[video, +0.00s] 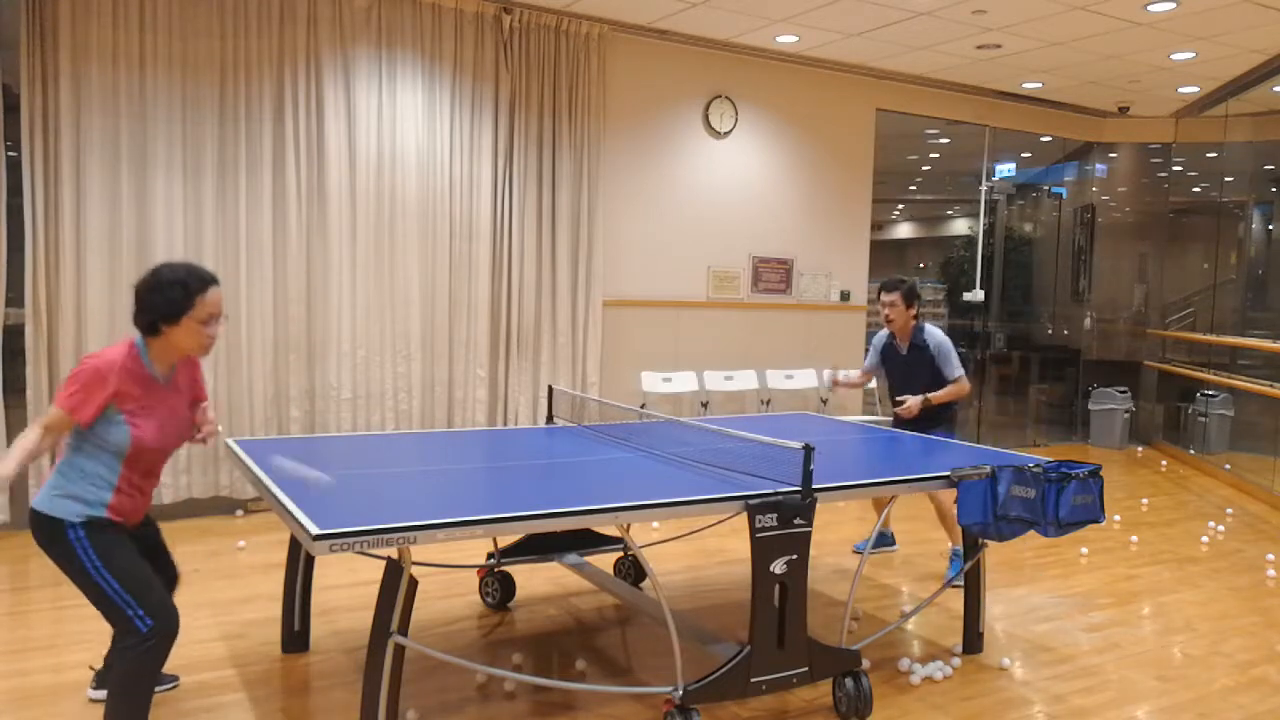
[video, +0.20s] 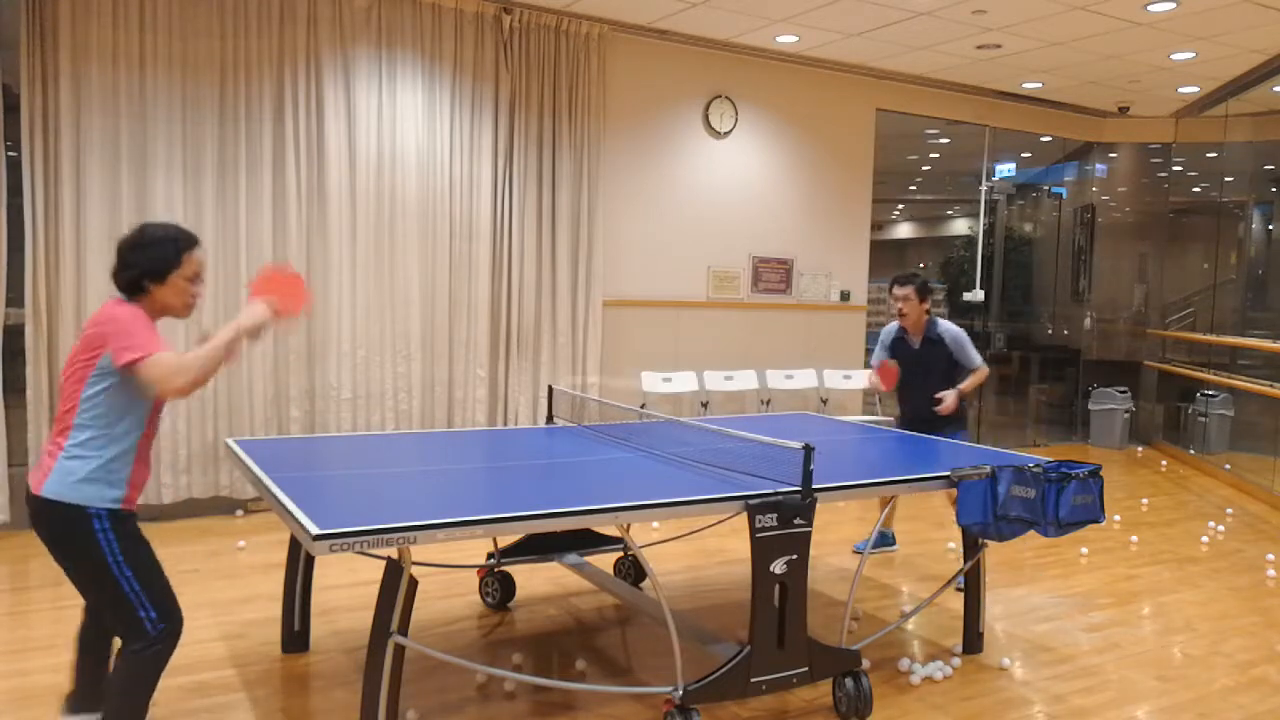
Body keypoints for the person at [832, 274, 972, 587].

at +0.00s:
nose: (885, 312)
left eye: (892, 306)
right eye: (882, 306)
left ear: (912, 310)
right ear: (879, 308)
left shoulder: (936, 340)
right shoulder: (882, 340)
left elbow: (962, 386)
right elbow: (865, 376)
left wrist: (924, 400)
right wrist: (839, 380)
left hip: (937, 427)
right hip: (901, 425)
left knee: (937, 488)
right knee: (876, 473)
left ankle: (959, 551)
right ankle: (884, 532)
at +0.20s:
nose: (899, 306)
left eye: (906, 300)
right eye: (895, 300)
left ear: (925, 303)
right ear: (892, 303)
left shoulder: (949, 333)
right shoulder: (890, 333)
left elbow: (982, 370)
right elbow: (876, 371)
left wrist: (957, 392)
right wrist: (876, 380)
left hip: (948, 424)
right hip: (909, 422)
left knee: (954, 487)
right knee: (887, 473)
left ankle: (972, 550)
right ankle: (884, 531)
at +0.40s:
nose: (925, 320)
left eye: (932, 313)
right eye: (920, 313)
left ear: (950, 308)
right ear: (915, 308)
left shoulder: (976, 331)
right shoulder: (908, 334)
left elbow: (999, 365)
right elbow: (892, 381)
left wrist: (994, 385)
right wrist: (914, 387)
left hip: (967, 423)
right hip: (924, 422)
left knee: (970, 487)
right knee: (899, 469)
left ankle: (972, 560)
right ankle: (890, 529)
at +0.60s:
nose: (940, 312)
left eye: (947, 305)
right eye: (935, 305)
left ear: (964, 304)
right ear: (929, 303)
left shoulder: (985, 328)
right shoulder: (917, 334)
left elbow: (1007, 353)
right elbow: (895, 380)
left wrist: (1012, 371)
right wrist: (917, 408)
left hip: (974, 426)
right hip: (931, 425)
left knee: (974, 490)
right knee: (905, 477)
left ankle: (972, 564)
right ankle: (909, 538)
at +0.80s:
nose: (929, 300)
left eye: (937, 293)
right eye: (926, 293)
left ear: (956, 298)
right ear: (921, 294)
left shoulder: (978, 331)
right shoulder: (908, 329)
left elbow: (999, 362)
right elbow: (893, 373)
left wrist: (988, 381)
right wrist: (908, 384)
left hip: (963, 424)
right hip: (922, 423)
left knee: (962, 489)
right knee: (900, 478)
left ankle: (973, 557)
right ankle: (909, 541)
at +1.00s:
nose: (915, 308)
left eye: (922, 301)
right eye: (911, 301)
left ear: (943, 306)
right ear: (908, 304)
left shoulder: (966, 338)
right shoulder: (903, 334)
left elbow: (991, 383)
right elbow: (895, 377)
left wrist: (959, 392)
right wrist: (895, 379)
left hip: (955, 425)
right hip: (916, 423)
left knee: (959, 489)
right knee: (893, 475)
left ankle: (977, 560)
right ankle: (908, 540)